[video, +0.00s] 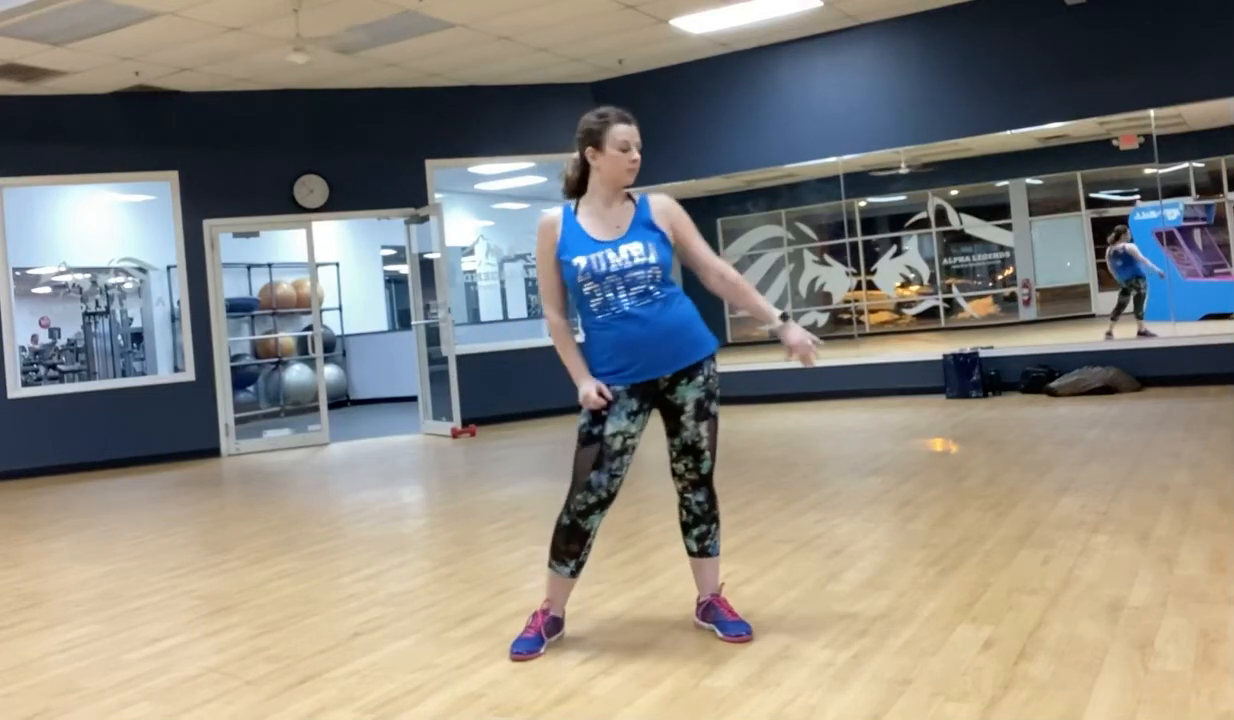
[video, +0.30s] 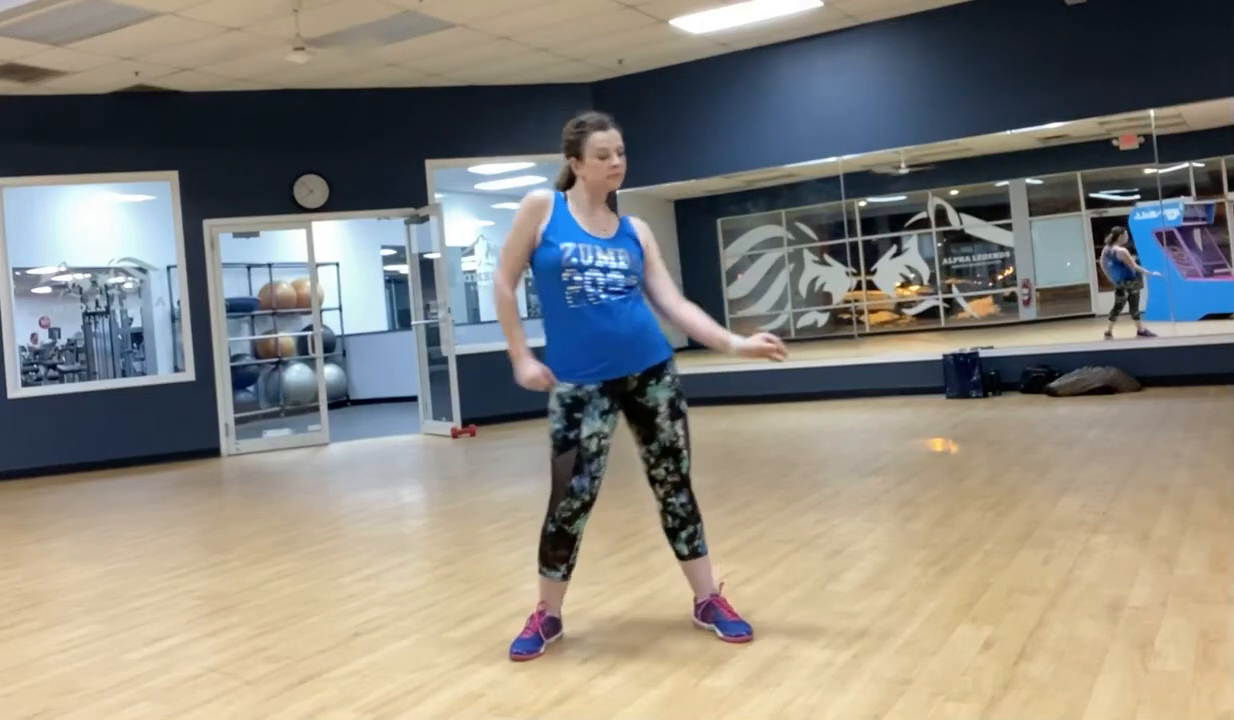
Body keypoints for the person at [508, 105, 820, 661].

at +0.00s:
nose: (636, 158)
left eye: (638, 149)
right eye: (624, 149)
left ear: (638, 154)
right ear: (591, 155)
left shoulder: (660, 209)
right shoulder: (557, 226)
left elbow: (722, 275)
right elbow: (554, 314)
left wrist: (781, 324)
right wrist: (582, 378)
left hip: (688, 364)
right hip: (615, 378)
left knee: (696, 482)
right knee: (588, 495)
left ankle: (710, 600)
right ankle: (550, 612)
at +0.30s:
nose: (616, 163)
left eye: (620, 153)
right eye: (603, 156)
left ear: (624, 157)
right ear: (574, 163)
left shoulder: (634, 230)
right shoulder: (542, 208)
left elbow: (674, 305)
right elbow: (505, 284)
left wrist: (735, 343)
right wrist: (522, 357)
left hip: (651, 371)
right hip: (579, 381)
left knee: (675, 485)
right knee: (570, 499)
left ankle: (709, 601)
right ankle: (547, 615)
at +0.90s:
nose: (585, 155)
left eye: (584, 144)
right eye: (571, 157)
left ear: (596, 144)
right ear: (558, 176)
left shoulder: (649, 205)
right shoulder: (548, 223)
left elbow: (696, 273)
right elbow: (523, 301)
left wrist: (678, 332)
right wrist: (489, 366)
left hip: (641, 371)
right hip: (564, 374)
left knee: (678, 483)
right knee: (554, 491)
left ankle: (711, 599)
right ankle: (545, 613)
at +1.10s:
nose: (598, 153)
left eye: (598, 141)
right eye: (583, 153)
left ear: (610, 142)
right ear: (568, 171)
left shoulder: (658, 201)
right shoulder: (559, 225)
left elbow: (729, 252)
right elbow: (554, 306)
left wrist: (738, 323)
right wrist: (549, 373)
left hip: (663, 368)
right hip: (586, 377)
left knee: (686, 483)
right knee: (567, 490)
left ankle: (712, 599)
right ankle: (547, 613)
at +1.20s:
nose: (600, 152)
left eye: (601, 141)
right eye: (586, 151)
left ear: (613, 142)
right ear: (570, 167)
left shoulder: (661, 202)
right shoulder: (560, 224)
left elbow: (731, 252)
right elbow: (555, 305)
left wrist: (758, 315)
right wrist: (558, 371)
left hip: (667, 368)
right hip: (592, 378)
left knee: (689, 482)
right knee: (569, 490)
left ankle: (712, 600)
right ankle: (547, 613)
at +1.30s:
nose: (601, 149)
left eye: (603, 138)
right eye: (586, 145)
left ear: (614, 142)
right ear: (569, 162)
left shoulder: (659, 205)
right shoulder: (558, 223)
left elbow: (723, 261)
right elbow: (540, 304)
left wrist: (779, 305)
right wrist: (554, 368)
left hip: (668, 368)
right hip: (591, 377)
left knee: (685, 482)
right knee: (571, 492)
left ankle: (711, 599)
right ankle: (547, 613)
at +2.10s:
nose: (553, 134)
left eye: (559, 126)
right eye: (541, 131)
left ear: (578, 139)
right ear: (527, 151)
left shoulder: (615, 205)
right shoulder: (507, 208)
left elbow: (654, 274)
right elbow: (428, 223)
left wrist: (647, 339)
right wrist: (345, 222)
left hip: (617, 369)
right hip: (543, 378)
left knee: (670, 471)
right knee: (540, 495)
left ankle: (687, 599)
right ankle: (545, 614)